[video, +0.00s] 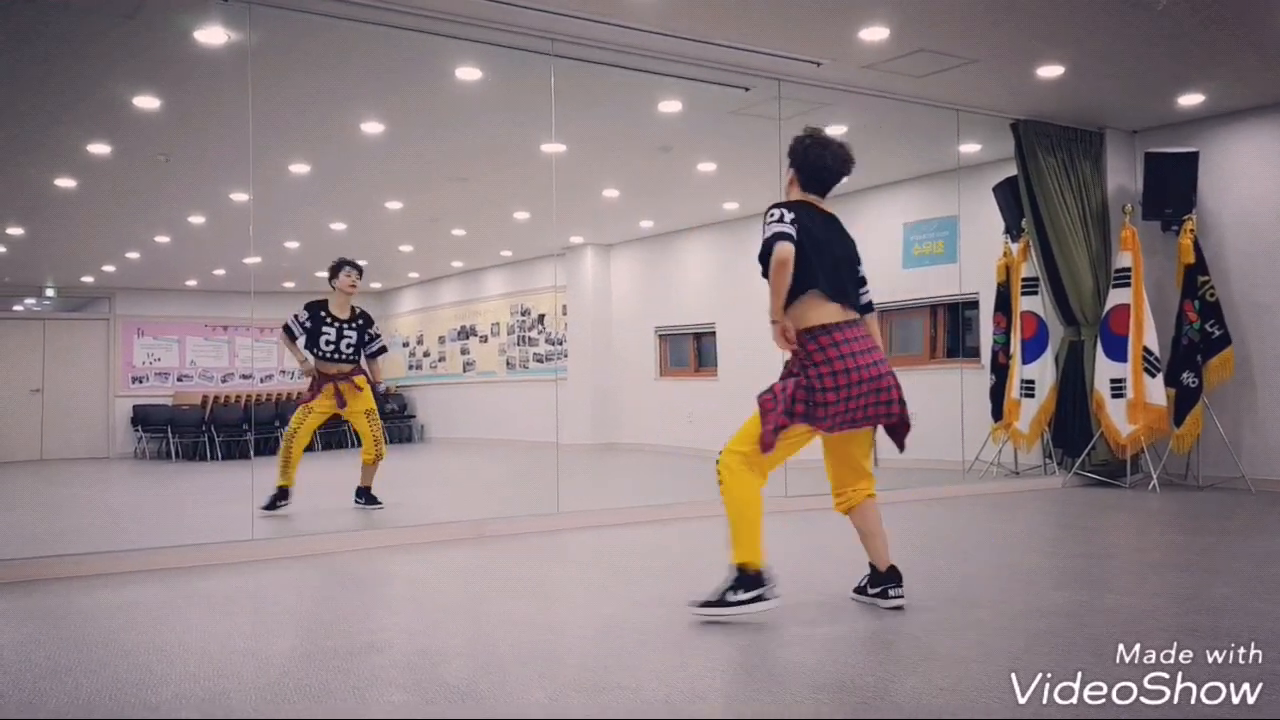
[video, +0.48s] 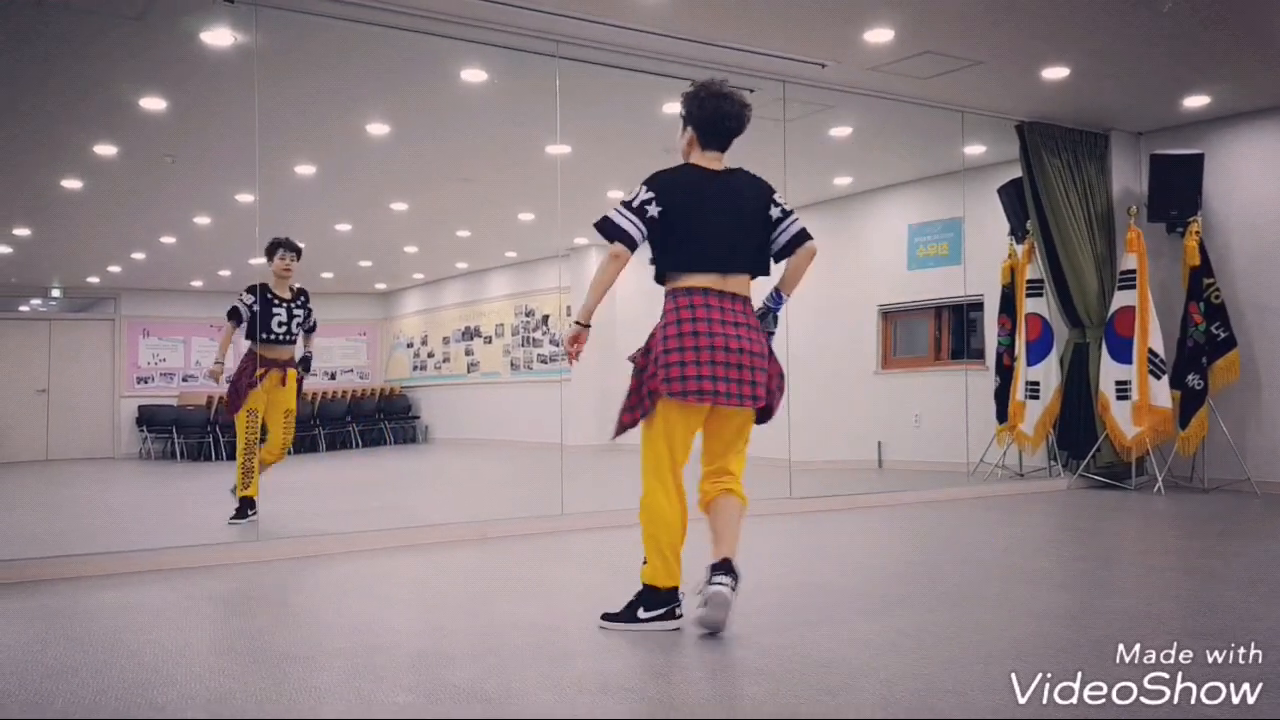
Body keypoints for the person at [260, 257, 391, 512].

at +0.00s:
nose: (353, 280)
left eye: (357, 277)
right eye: (347, 275)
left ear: (360, 284)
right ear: (334, 280)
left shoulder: (363, 318)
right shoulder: (314, 310)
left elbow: (373, 356)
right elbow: (287, 334)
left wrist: (378, 386)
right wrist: (302, 360)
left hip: (356, 386)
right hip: (322, 386)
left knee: (376, 444)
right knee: (293, 436)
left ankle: (364, 490)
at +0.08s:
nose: (345, 277)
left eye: (349, 274)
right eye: (339, 272)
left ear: (351, 281)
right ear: (325, 277)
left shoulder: (355, 314)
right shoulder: (307, 307)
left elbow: (365, 350)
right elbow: (278, 330)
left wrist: (368, 377)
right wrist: (297, 353)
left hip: (348, 383)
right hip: (314, 383)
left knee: (370, 444)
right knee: (285, 439)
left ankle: (364, 491)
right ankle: (256, 496)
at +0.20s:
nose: (325, 270)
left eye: (329, 267)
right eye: (319, 265)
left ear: (332, 273)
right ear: (306, 269)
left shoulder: (338, 306)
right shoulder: (288, 300)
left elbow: (346, 342)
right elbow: (262, 331)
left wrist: (345, 370)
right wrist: (278, 346)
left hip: (323, 376)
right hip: (290, 375)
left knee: (340, 435)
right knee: (268, 439)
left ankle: (358, 490)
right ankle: (247, 499)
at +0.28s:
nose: (313, 267)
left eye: (318, 264)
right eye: (308, 262)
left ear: (322, 270)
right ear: (296, 266)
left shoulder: (327, 303)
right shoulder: (279, 296)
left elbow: (335, 337)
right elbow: (254, 327)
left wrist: (332, 370)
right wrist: (261, 345)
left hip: (310, 375)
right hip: (277, 372)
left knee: (326, 433)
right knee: (260, 440)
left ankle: (336, 489)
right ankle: (246, 500)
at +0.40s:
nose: (296, 264)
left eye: (301, 259)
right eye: (290, 258)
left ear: (305, 265)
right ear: (278, 262)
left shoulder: (308, 298)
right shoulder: (262, 293)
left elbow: (316, 332)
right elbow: (239, 323)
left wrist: (312, 361)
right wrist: (231, 357)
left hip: (293, 373)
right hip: (260, 372)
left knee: (298, 443)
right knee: (251, 443)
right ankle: (245, 501)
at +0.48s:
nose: (288, 264)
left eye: (292, 259)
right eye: (282, 259)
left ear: (297, 264)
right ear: (270, 263)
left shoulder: (301, 297)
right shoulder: (255, 293)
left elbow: (309, 329)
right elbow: (231, 326)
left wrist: (308, 353)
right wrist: (219, 361)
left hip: (286, 374)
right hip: (254, 372)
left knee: (280, 446)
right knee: (248, 440)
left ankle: (246, 476)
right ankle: (247, 500)